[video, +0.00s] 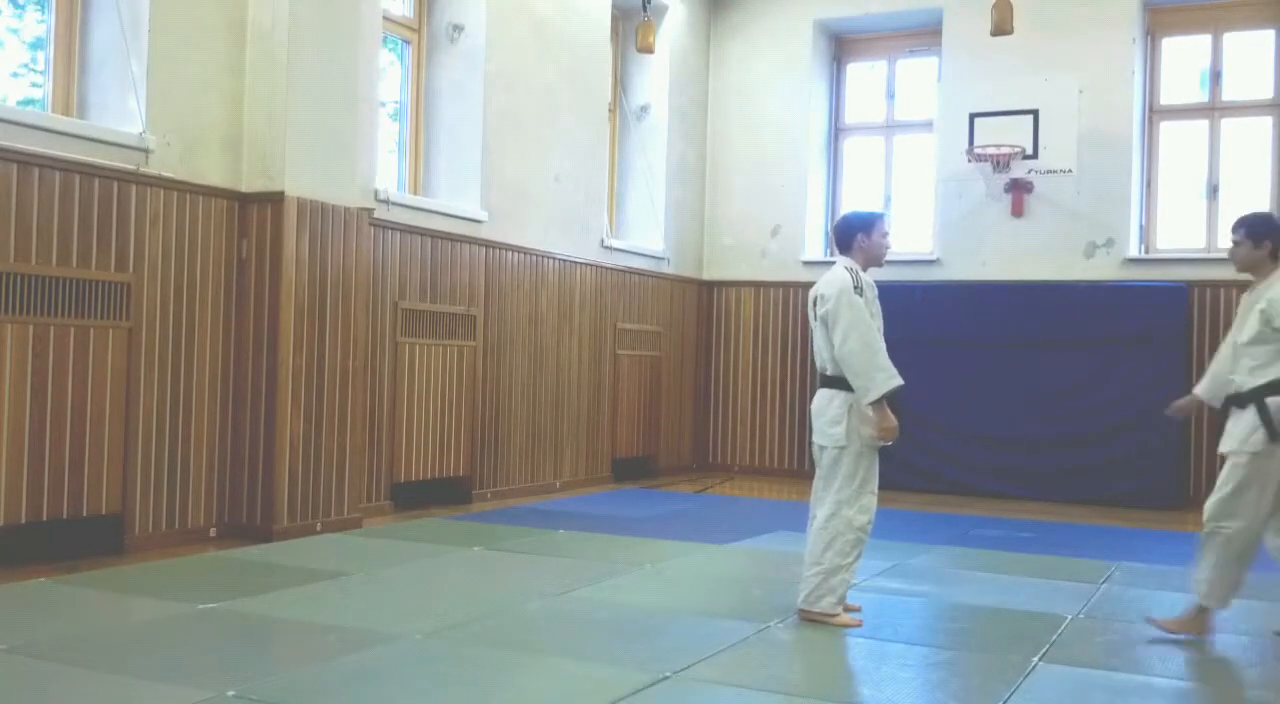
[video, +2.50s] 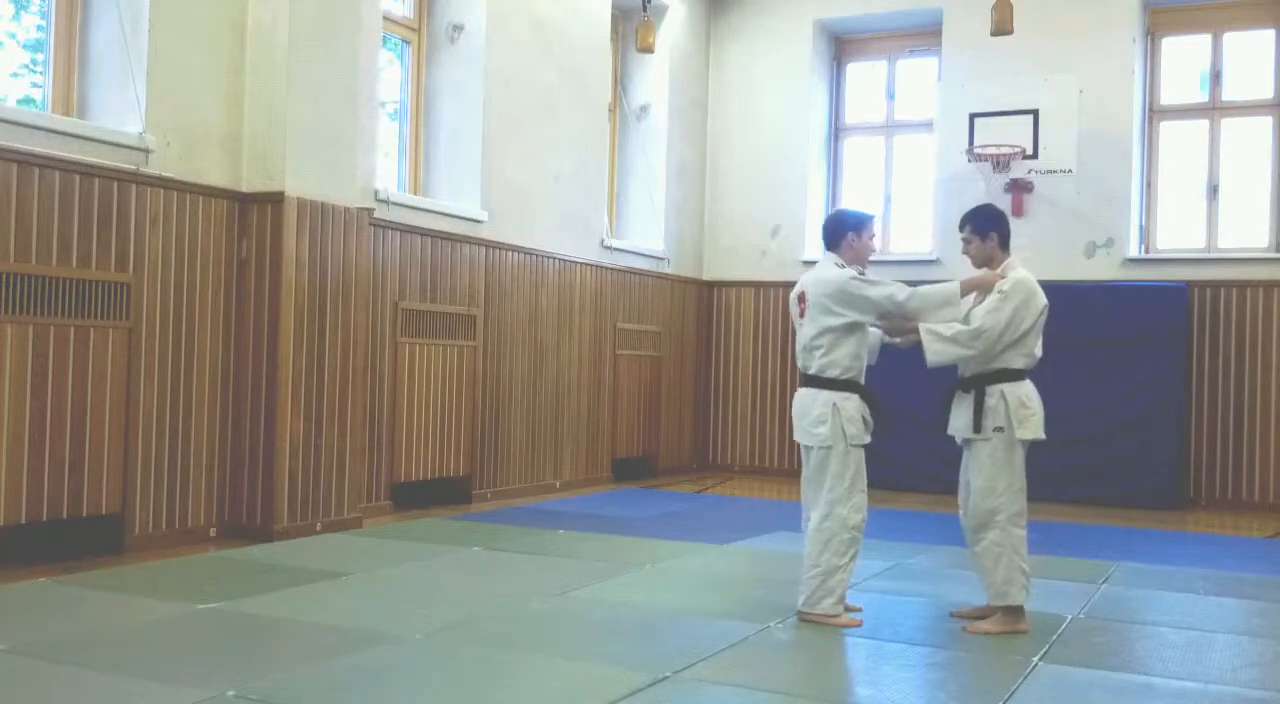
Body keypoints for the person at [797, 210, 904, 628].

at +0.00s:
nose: (889, 244)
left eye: (887, 236)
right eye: (883, 236)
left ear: (858, 241)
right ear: (861, 240)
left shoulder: (844, 281)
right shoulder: (845, 285)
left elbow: (859, 347)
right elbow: (858, 349)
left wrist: (877, 401)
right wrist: (881, 406)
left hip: (842, 401)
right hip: (846, 404)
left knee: (839, 502)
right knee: (847, 506)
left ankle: (826, 591)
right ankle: (819, 601)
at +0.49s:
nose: (890, 245)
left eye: (888, 237)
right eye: (885, 237)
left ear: (862, 240)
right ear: (862, 240)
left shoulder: (852, 282)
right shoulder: (841, 284)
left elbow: (859, 347)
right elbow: (852, 349)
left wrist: (873, 401)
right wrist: (872, 406)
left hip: (847, 403)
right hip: (839, 405)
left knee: (844, 504)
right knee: (840, 506)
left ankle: (826, 591)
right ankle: (816, 602)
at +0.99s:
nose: (887, 245)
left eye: (886, 237)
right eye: (882, 237)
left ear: (859, 241)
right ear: (859, 240)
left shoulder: (846, 282)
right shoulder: (838, 284)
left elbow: (839, 353)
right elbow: (874, 331)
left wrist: (877, 380)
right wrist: (935, 343)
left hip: (845, 404)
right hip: (837, 407)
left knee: (840, 505)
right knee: (839, 508)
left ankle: (825, 592)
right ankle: (815, 603)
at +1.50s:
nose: (885, 244)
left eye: (883, 237)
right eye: (879, 236)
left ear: (852, 242)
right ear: (857, 241)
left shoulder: (830, 281)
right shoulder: (848, 279)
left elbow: (860, 341)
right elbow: (915, 293)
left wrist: (916, 334)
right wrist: (982, 280)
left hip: (835, 402)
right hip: (841, 407)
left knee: (837, 505)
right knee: (841, 509)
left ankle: (823, 593)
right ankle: (817, 603)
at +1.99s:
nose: (885, 246)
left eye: (884, 238)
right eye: (880, 238)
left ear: (851, 242)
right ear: (857, 241)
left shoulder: (830, 280)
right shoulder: (845, 280)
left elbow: (854, 339)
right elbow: (910, 292)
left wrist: (909, 332)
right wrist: (977, 273)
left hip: (834, 401)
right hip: (841, 406)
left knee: (837, 506)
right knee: (842, 509)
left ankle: (823, 594)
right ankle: (819, 602)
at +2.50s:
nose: (874, 246)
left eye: (873, 238)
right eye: (870, 238)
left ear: (841, 240)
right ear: (850, 240)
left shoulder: (814, 280)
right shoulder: (839, 281)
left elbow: (860, 336)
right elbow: (904, 301)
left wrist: (920, 329)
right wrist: (970, 285)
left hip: (817, 401)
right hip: (833, 406)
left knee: (829, 505)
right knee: (841, 508)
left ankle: (822, 595)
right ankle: (819, 603)